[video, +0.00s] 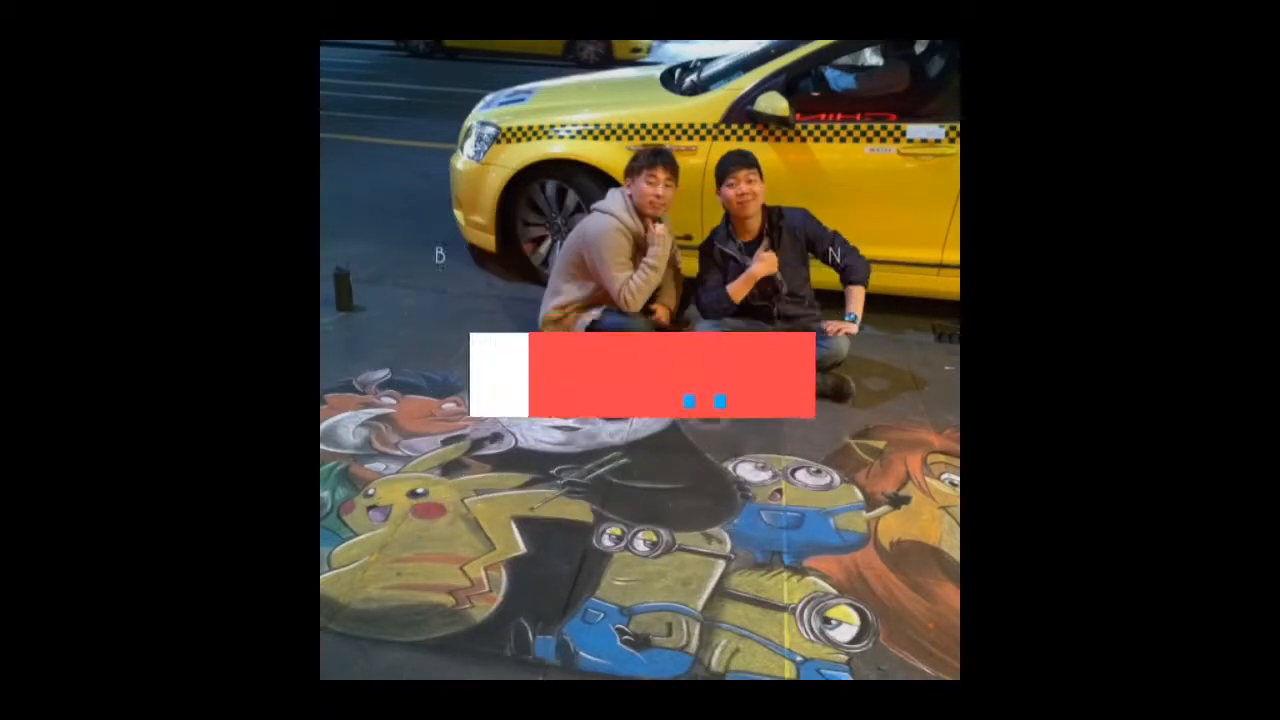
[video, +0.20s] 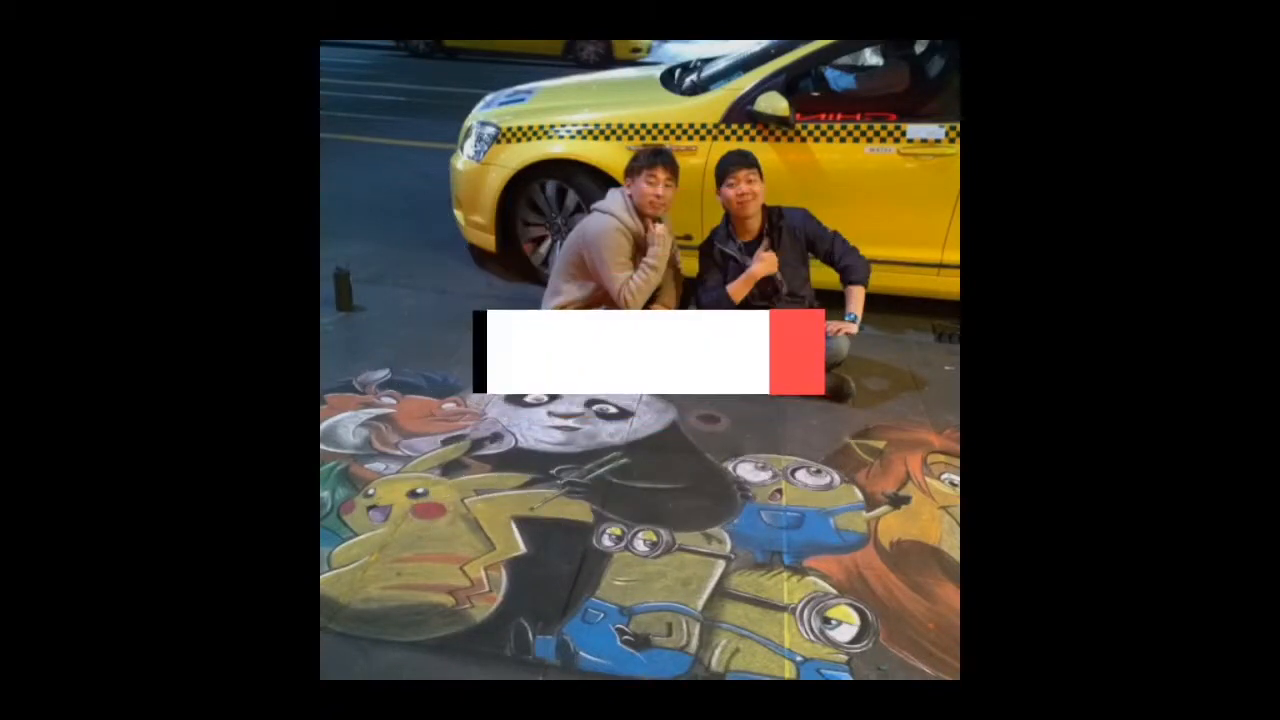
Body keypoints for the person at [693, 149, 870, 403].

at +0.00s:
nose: (743, 190)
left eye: (751, 181)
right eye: (732, 185)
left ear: (763, 187)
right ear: (720, 196)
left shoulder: (795, 222)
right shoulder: (713, 246)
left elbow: (854, 262)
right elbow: (708, 308)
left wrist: (851, 320)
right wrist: (752, 275)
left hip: (800, 325)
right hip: (749, 325)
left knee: (838, 344)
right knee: (704, 332)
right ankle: (811, 383)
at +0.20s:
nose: (743, 191)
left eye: (750, 181)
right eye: (732, 185)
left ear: (763, 187)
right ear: (720, 196)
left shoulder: (795, 222)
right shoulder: (713, 247)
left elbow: (853, 262)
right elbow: (707, 306)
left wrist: (851, 320)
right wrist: (752, 275)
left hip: (798, 329)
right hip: (742, 332)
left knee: (838, 344)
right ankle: (814, 385)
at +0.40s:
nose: (743, 191)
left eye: (750, 181)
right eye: (732, 185)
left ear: (763, 186)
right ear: (720, 196)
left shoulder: (795, 222)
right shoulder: (713, 247)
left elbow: (853, 263)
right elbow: (707, 306)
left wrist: (851, 320)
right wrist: (752, 275)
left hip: (800, 327)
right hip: (745, 332)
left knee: (839, 344)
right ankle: (815, 384)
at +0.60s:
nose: (743, 190)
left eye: (751, 180)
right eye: (732, 184)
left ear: (764, 186)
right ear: (719, 195)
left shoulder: (796, 222)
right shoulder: (712, 248)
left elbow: (852, 262)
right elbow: (709, 306)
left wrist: (853, 317)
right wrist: (752, 275)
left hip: (801, 319)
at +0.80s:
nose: (743, 191)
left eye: (750, 181)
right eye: (732, 185)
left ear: (763, 186)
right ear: (720, 195)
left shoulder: (795, 222)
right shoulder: (713, 247)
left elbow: (853, 263)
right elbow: (709, 308)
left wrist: (852, 323)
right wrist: (752, 274)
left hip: (799, 330)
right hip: (748, 330)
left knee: (834, 358)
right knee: (704, 334)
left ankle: (733, 372)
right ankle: (788, 384)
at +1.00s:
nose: (743, 191)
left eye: (750, 181)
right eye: (732, 185)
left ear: (763, 187)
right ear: (720, 195)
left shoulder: (795, 222)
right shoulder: (713, 246)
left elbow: (853, 262)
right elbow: (709, 308)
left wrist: (851, 320)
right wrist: (752, 275)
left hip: (799, 328)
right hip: (747, 329)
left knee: (837, 345)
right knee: (704, 334)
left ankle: (734, 372)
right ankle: (798, 386)